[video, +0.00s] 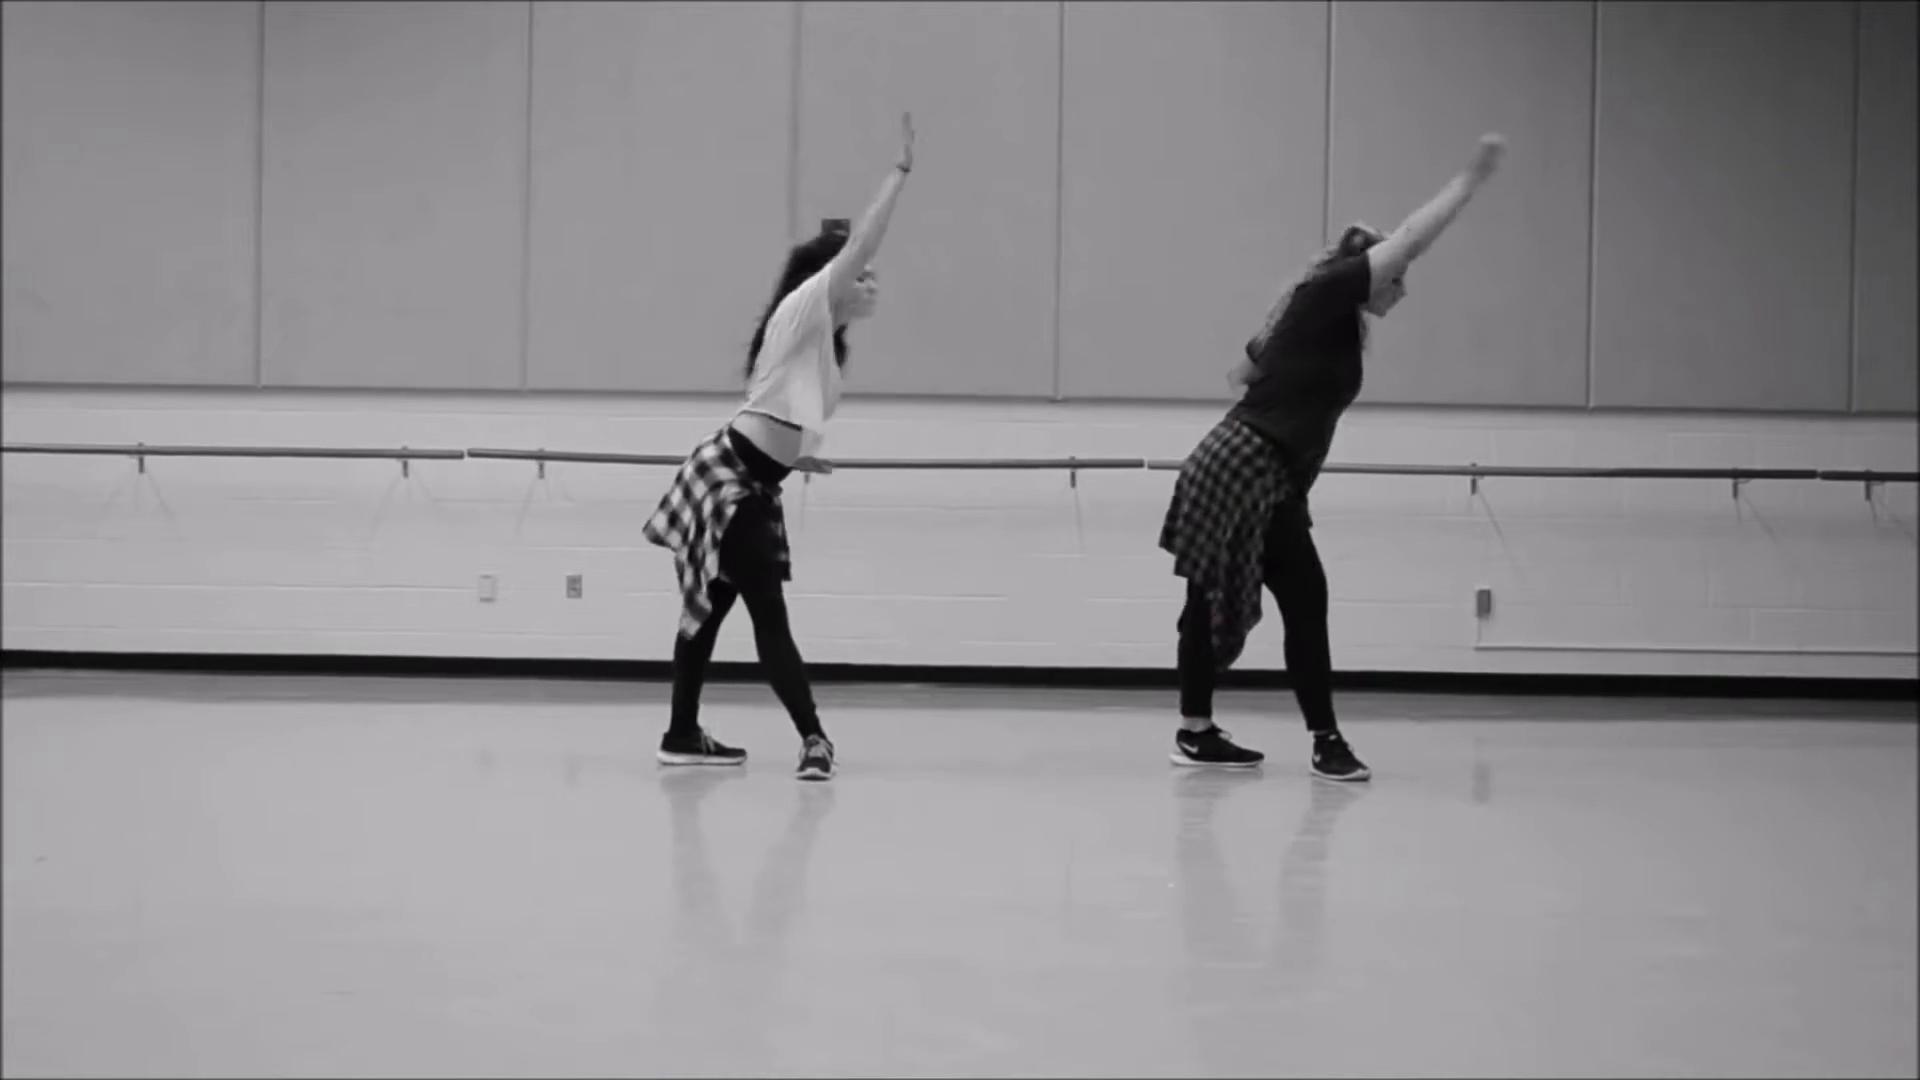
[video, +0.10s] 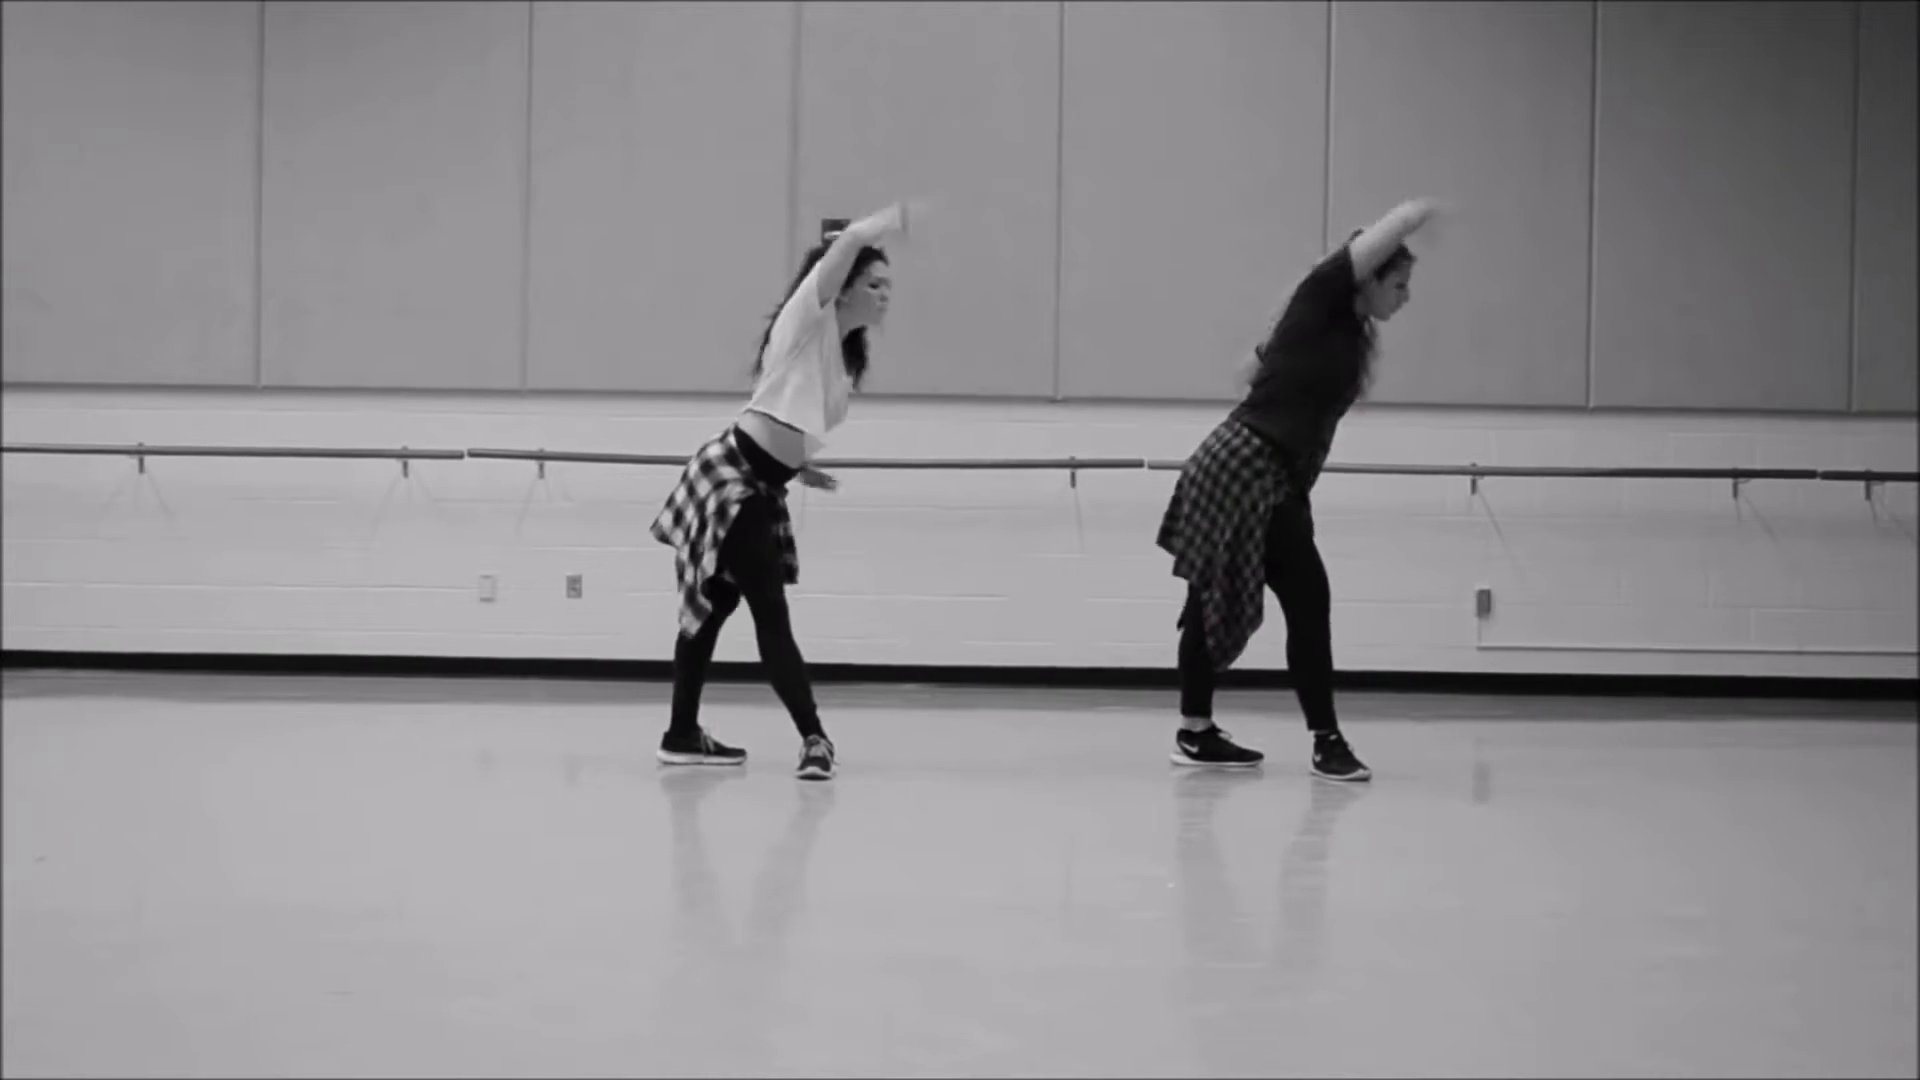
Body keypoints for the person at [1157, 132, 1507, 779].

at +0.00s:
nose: (1400, 292)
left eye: (1401, 281)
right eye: (1396, 278)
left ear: (1360, 268)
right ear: (1366, 267)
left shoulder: (1316, 305)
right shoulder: (1334, 286)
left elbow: (1249, 365)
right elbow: (1409, 236)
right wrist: (1470, 176)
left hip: (1254, 472)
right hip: (1248, 470)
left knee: (1211, 601)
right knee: (1303, 601)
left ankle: (1194, 729)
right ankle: (1326, 743)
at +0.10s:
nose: (1405, 299)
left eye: (1407, 288)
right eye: (1399, 286)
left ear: (1379, 280)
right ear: (1369, 277)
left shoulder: (1347, 327)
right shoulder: (1323, 297)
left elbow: (1266, 365)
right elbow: (1383, 232)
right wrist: (1415, 214)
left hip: (1269, 479)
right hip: (1251, 474)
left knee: (1212, 596)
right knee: (1308, 600)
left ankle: (1195, 729)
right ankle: (1328, 742)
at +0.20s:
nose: (1404, 302)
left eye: (1407, 292)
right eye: (1399, 289)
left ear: (1376, 285)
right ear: (1369, 281)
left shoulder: (1355, 333)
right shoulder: (1318, 290)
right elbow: (1383, 206)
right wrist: (1382, 241)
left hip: (1279, 482)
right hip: (1243, 470)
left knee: (1218, 600)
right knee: (1309, 595)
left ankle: (1196, 730)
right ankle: (1327, 741)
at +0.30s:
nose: (1403, 304)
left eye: (1406, 293)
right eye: (1400, 291)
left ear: (1373, 287)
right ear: (1371, 282)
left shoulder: (1355, 342)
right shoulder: (1312, 288)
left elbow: (1321, 427)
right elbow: (1368, 200)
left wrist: (1383, 419)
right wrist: (1385, 227)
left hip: (1280, 484)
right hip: (1243, 472)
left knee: (1225, 601)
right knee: (1308, 594)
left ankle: (1196, 730)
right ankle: (1327, 741)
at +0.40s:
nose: (1394, 295)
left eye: (1399, 286)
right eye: (1388, 282)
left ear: (1384, 287)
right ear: (1355, 270)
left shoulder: (1362, 345)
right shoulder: (1309, 289)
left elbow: (1390, 409)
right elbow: (1360, 201)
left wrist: (1407, 343)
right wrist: (1385, 230)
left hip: (1279, 483)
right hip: (1248, 471)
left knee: (1227, 598)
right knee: (1308, 595)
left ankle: (1196, 728)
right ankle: (1327, 741)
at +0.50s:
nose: (1372, 274)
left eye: (1382, 267)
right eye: (1363, 262)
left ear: (1391, 276)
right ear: (1342, 260)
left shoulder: (1375, 337)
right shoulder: (1310, 286)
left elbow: (1413, 392)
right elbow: (1345, 191)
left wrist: (1403, 310)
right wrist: (1394, 229)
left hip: (1288, 483)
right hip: (1251, 470)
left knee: (1233, 601)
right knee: (1307, 598)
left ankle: (1197, 727)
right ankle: (1326, 742)